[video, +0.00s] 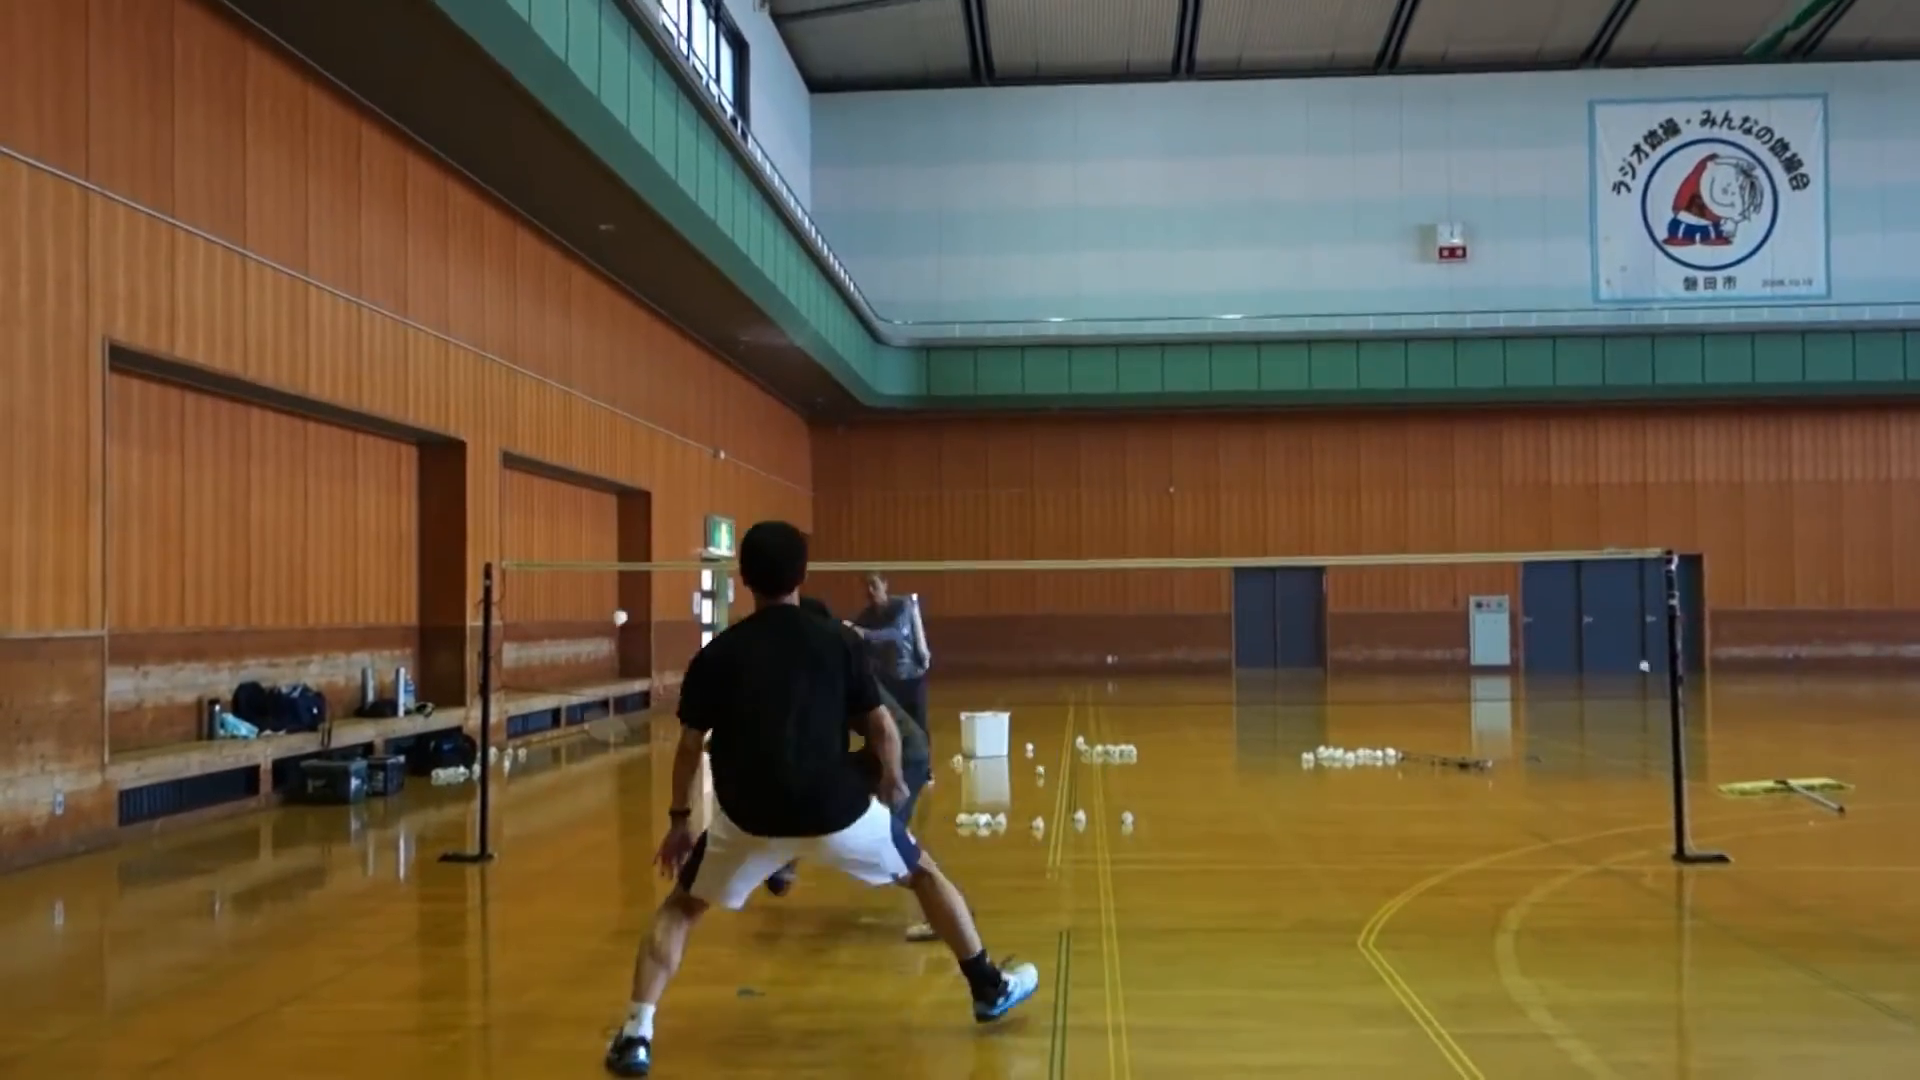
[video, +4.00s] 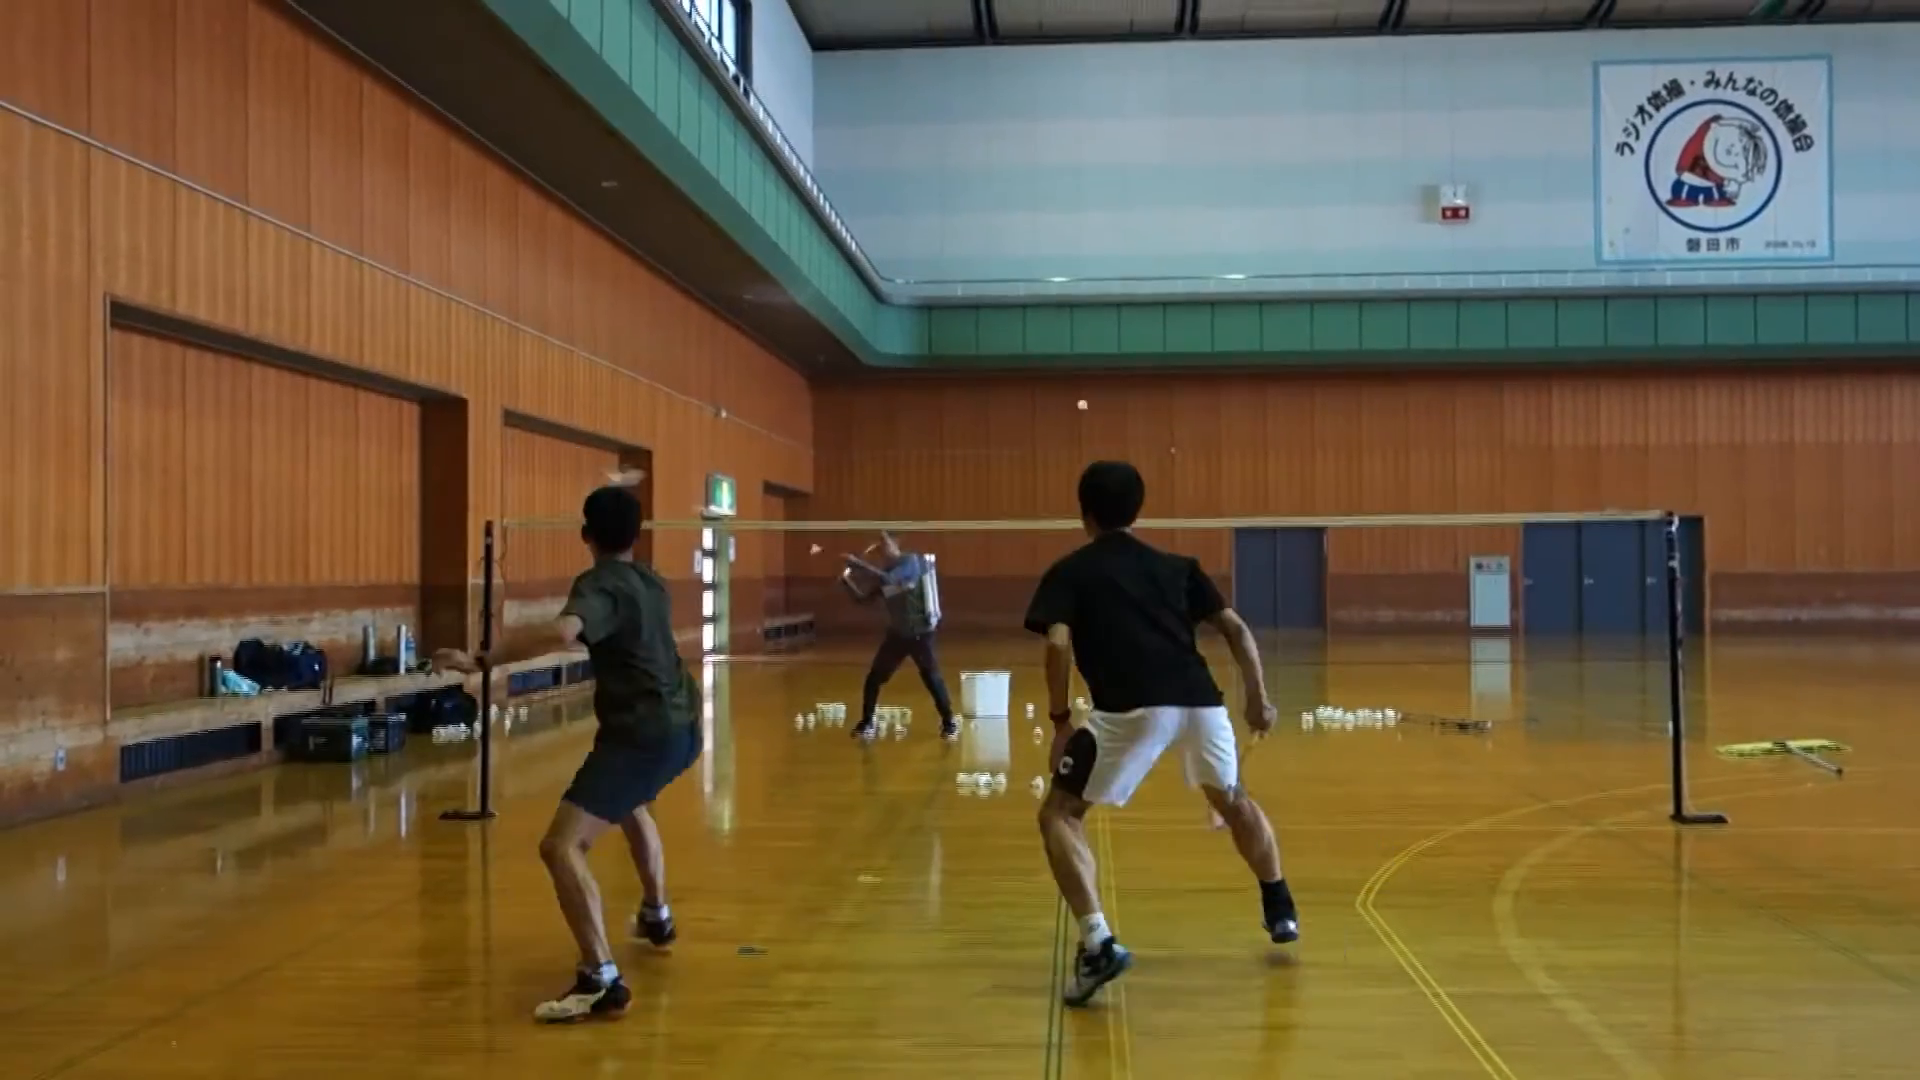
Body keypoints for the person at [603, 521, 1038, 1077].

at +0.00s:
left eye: (750, 565)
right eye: (797, 566)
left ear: (744, 576)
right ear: (803, 574)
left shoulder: (717, 653)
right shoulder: (837, 640)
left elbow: (689, 746)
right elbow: (882, 728)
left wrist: (680, 820)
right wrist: (891, 780)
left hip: (746, 817)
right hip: (836, 812)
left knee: (682, 906)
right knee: (923, 873)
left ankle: (636, 1032)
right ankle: (987, 984)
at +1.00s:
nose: (1276, 508)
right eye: (1275, 502)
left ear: (1225, 501)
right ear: (1270, 510)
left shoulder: (1194, 547)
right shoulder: (1278, 565)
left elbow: (1130, 547)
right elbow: (1296, 610)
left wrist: (1070, 531)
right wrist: (1317, 586)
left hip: (1206, 687)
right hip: (1268, 684)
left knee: (1171, 784)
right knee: (1297, 739)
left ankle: (1182, 839)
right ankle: (1314, 795)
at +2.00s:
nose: (1059, 509)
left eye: (1057, 503)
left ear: (1058, 508)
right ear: (1102, 509)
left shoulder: (1044, 564)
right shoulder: (1128, 559)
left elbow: (1027, 634)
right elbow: (1155, 619)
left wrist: (1007, 694)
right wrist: (1141, 658)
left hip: (1063, 680)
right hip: (1122, 680)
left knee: (1008, 759)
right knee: (1152, 766)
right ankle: (1164, 862)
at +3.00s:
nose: (930, 564)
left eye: (934, 557)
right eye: (932, 556)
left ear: (949, 561)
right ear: (978, 563)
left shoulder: (918, 611)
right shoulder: (1008, 609)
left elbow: (871, 672)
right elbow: (1056, 652)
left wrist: (844, 713)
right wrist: (1088, 701)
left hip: (921, 723)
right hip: (984, 727)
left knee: (853, 794)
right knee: (990, 783)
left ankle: (793, 880)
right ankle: (989, 878)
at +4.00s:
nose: (1085, 515)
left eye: (1085, 506)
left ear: (1085, 511)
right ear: (1137, 511)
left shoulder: (1069, 571)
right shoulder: (1175, 567)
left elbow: (1058, 645)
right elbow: (1235, 627)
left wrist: (1061, 719)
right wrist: (1259, 696)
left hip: (1131, 705)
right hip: (1202, 701)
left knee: (1060, 816)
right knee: (1234, 799)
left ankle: (1098, 943)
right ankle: (1279, 906)